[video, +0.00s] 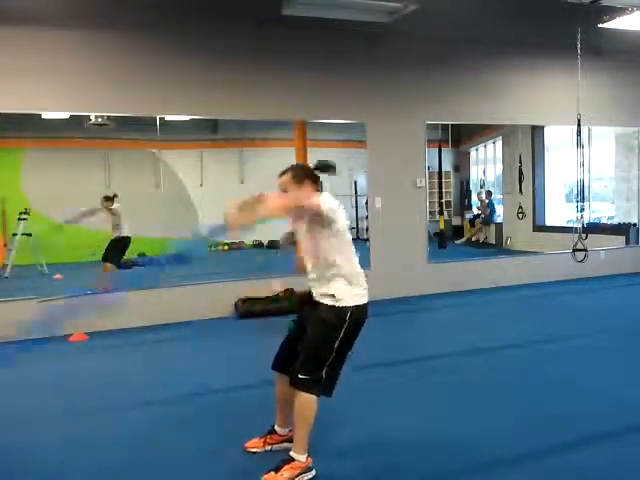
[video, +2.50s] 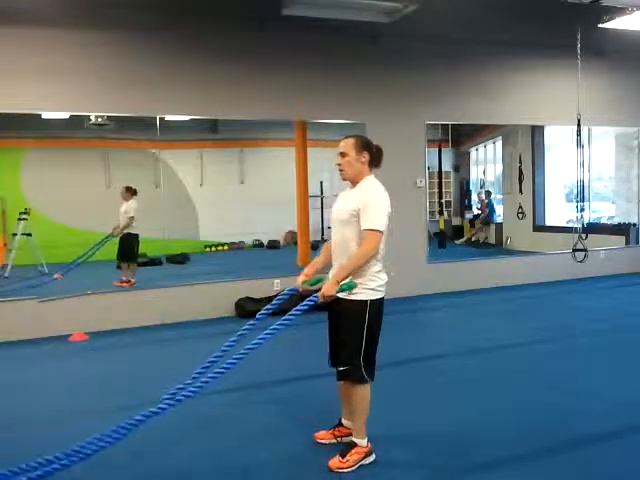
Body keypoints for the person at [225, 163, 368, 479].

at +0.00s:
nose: (284, 197)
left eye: (287, 191)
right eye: (282, 192)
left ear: (306, 186)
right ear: (299, 187)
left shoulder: (328, 205)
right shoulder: (301, 213)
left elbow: (295, 204)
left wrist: (255, 208)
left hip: (344, 303)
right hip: (320, 300)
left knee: (305, 379)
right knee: (284, 367)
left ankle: (300, 460)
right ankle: (283, 431)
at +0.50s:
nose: (234, 239)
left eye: (237, 232)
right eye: (233, 233)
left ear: (257, 231)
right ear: (256, 232)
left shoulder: (284, 258)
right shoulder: (269, 254)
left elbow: (310, 312)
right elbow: (272, 292)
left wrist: (287, 357)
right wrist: (261, 322)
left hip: (342, 307)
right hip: (315, 304)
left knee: (301, 380)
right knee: (283, 368)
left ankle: (298, 460)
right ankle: (281, 433)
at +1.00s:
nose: (282, 164)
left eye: (288, 158)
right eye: (283, 158)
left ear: (309, 164)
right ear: (297, 164)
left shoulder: (320, 201)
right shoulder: (289, 197)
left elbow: (325, 256)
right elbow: (270, 236)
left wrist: (292, 278)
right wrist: (240, 259)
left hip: (304, 300)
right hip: (278, 297)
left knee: (295, 378)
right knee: (274, 370)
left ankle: (299, 458)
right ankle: (279, 431)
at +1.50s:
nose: (305, 167)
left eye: (312, 161)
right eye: (305, 161)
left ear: (332, 167)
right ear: (317, 168)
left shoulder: (342, 202)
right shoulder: (314, 202)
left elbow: (347, 258)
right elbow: (306, 250)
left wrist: (314, 288)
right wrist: (282, 274)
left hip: (336, 302)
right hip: (309, 300)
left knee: (335, 377)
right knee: (295, 370)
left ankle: (361, 447)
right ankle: (281, 432)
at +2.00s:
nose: (328, 166)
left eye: (333, 160)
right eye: (328, 160)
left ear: (354, 162)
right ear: (344, 163)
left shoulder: (372, 194)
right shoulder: (340, 194)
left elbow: (383, 241)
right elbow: (326, 223)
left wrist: (363, 252)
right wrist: (290, 225)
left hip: (366, 296)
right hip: (341, 292)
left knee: (366, 373)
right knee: (346, 366)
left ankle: (366, 446)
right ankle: (349, 424)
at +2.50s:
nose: (338, 161)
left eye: (343, 155)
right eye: (338, 156)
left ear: (364, 159)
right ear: (351, 160)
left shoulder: (373, 193)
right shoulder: (348, 193)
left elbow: (370, 247)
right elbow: (339, 241)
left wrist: (336, 278)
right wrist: (313, 267)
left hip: (364, 295)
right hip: (342, 292)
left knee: (357, 369)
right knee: (343, 366)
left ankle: (361, 443)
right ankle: (349, 426)